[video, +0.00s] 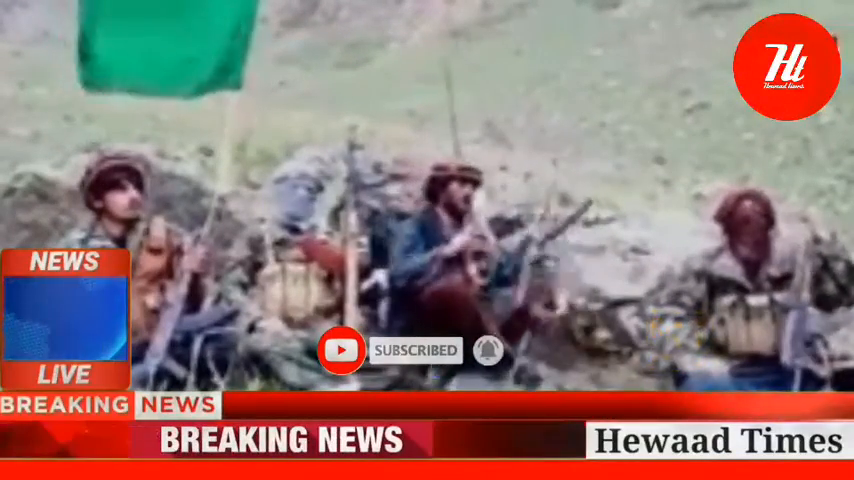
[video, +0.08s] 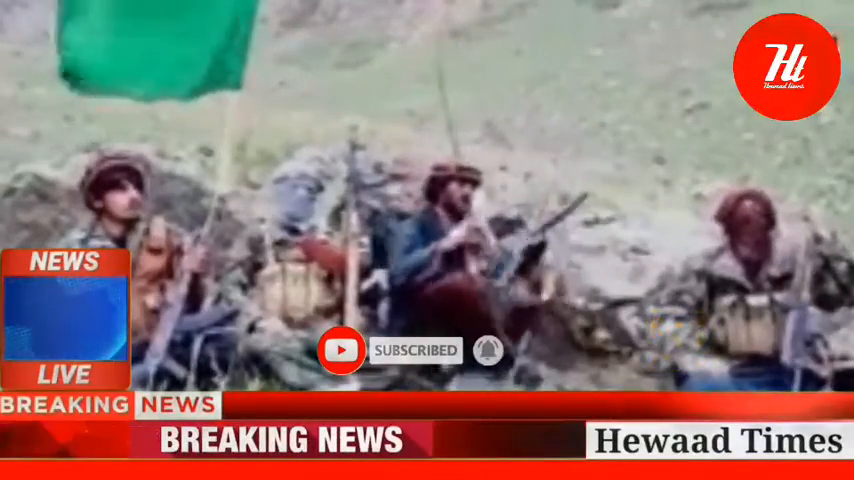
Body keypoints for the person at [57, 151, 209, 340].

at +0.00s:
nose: (135, 195)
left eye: (137, 187)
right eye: (121, 188)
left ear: (144, 193)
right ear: (97, 201)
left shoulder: (156, 243)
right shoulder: (75, 251)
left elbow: (190, 308)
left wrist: (195, 276)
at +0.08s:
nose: (135, 195)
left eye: (137, 187)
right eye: (121, 188)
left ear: (144, 193)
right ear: (97, 201)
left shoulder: (156, 243)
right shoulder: (75, 251)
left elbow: (189, 308)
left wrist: (195, 276)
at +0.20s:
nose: (135, 195)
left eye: (137, 187)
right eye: (121, 188)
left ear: (144, 193)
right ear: (97, 201)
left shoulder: (156, 243)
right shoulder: (74, 251)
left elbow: (190, 308)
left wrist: (195, 275)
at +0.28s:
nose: (135, 195)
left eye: (137, 187)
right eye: (121, 188)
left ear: (143, 193)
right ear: (97, 201)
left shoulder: (158, 240)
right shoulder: (75, 251)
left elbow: (190, 307)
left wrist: (196, 275)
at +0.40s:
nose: (135, 195)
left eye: (137, 187)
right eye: (121, 188)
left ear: (144, 193)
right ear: (97, 201)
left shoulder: (161, 239)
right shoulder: (74, 251)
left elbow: (190, 308)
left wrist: (197, 276)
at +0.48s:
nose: (135, 195)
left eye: (137, 187)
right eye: (121, 188)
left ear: (144, 193)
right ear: (97, 201)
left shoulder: (158, 241)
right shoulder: (75, 251)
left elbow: (191, 307)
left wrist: (196, 275)